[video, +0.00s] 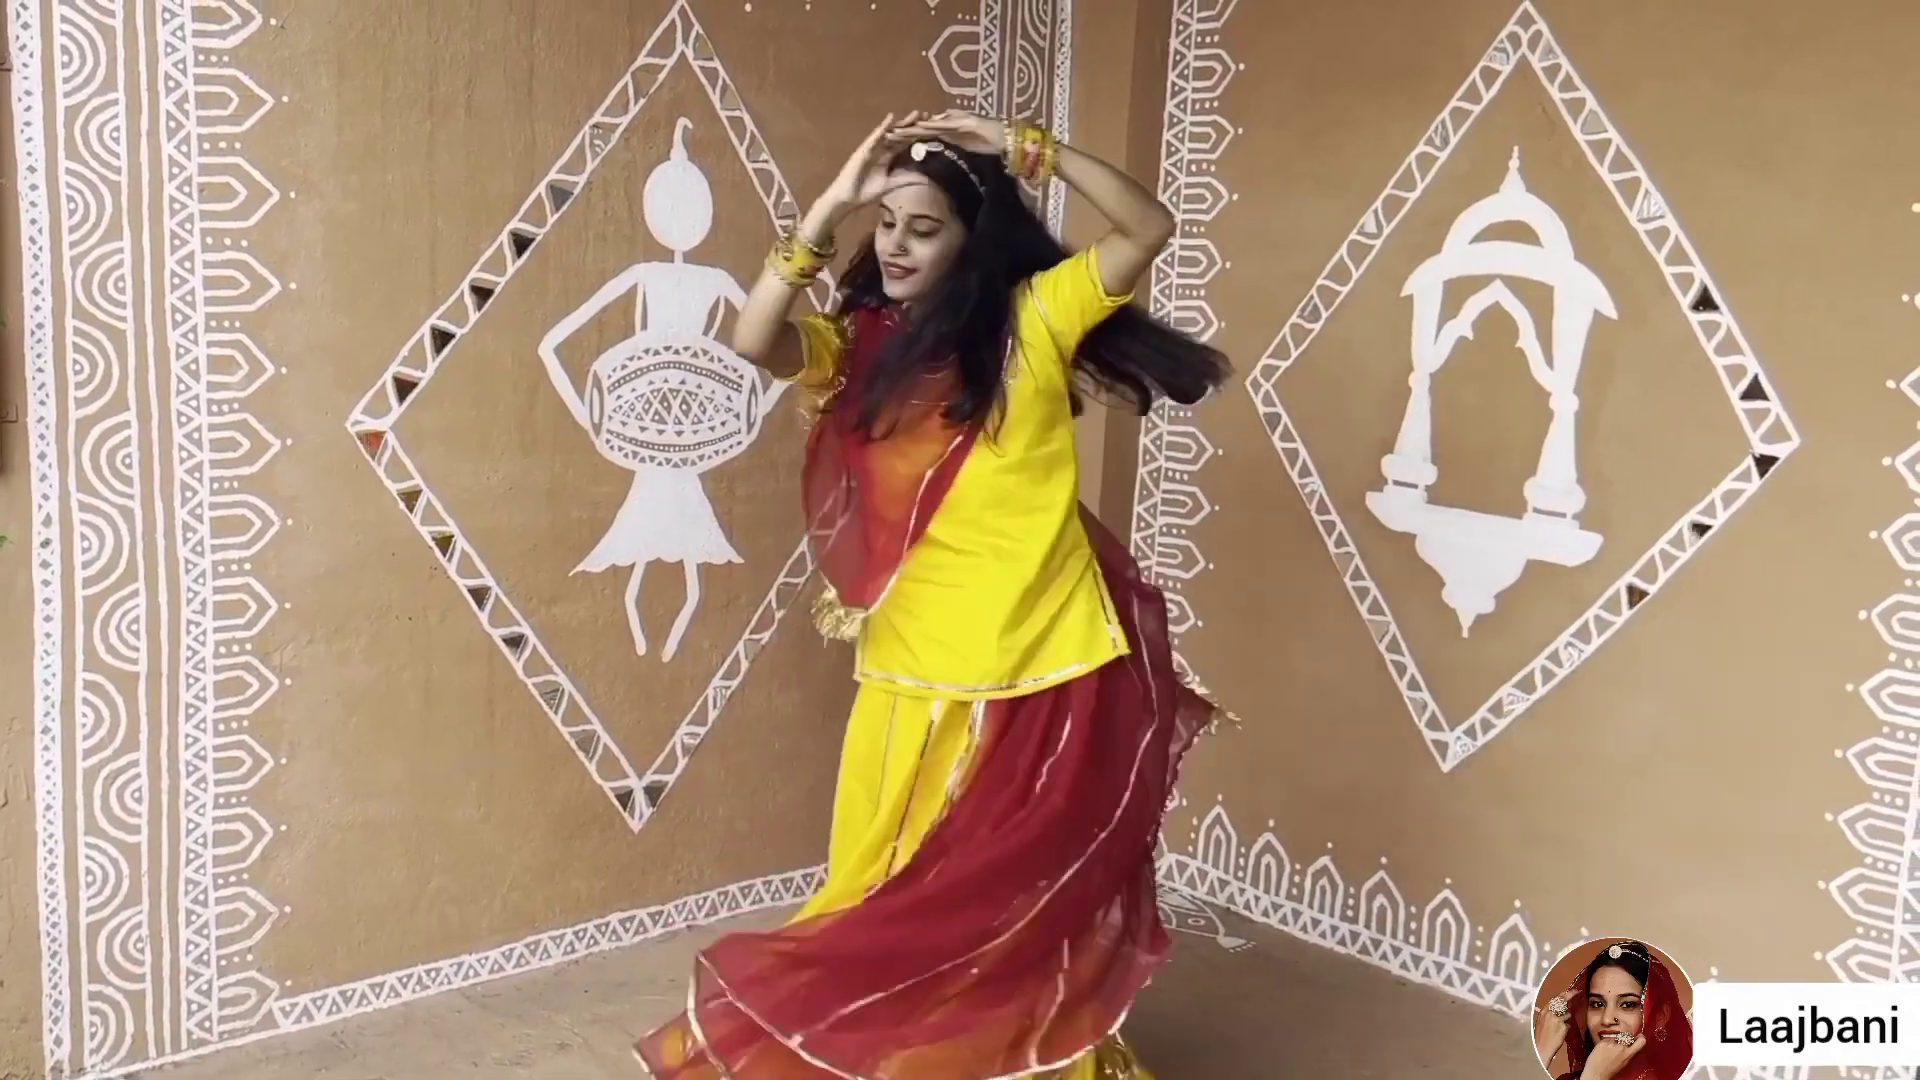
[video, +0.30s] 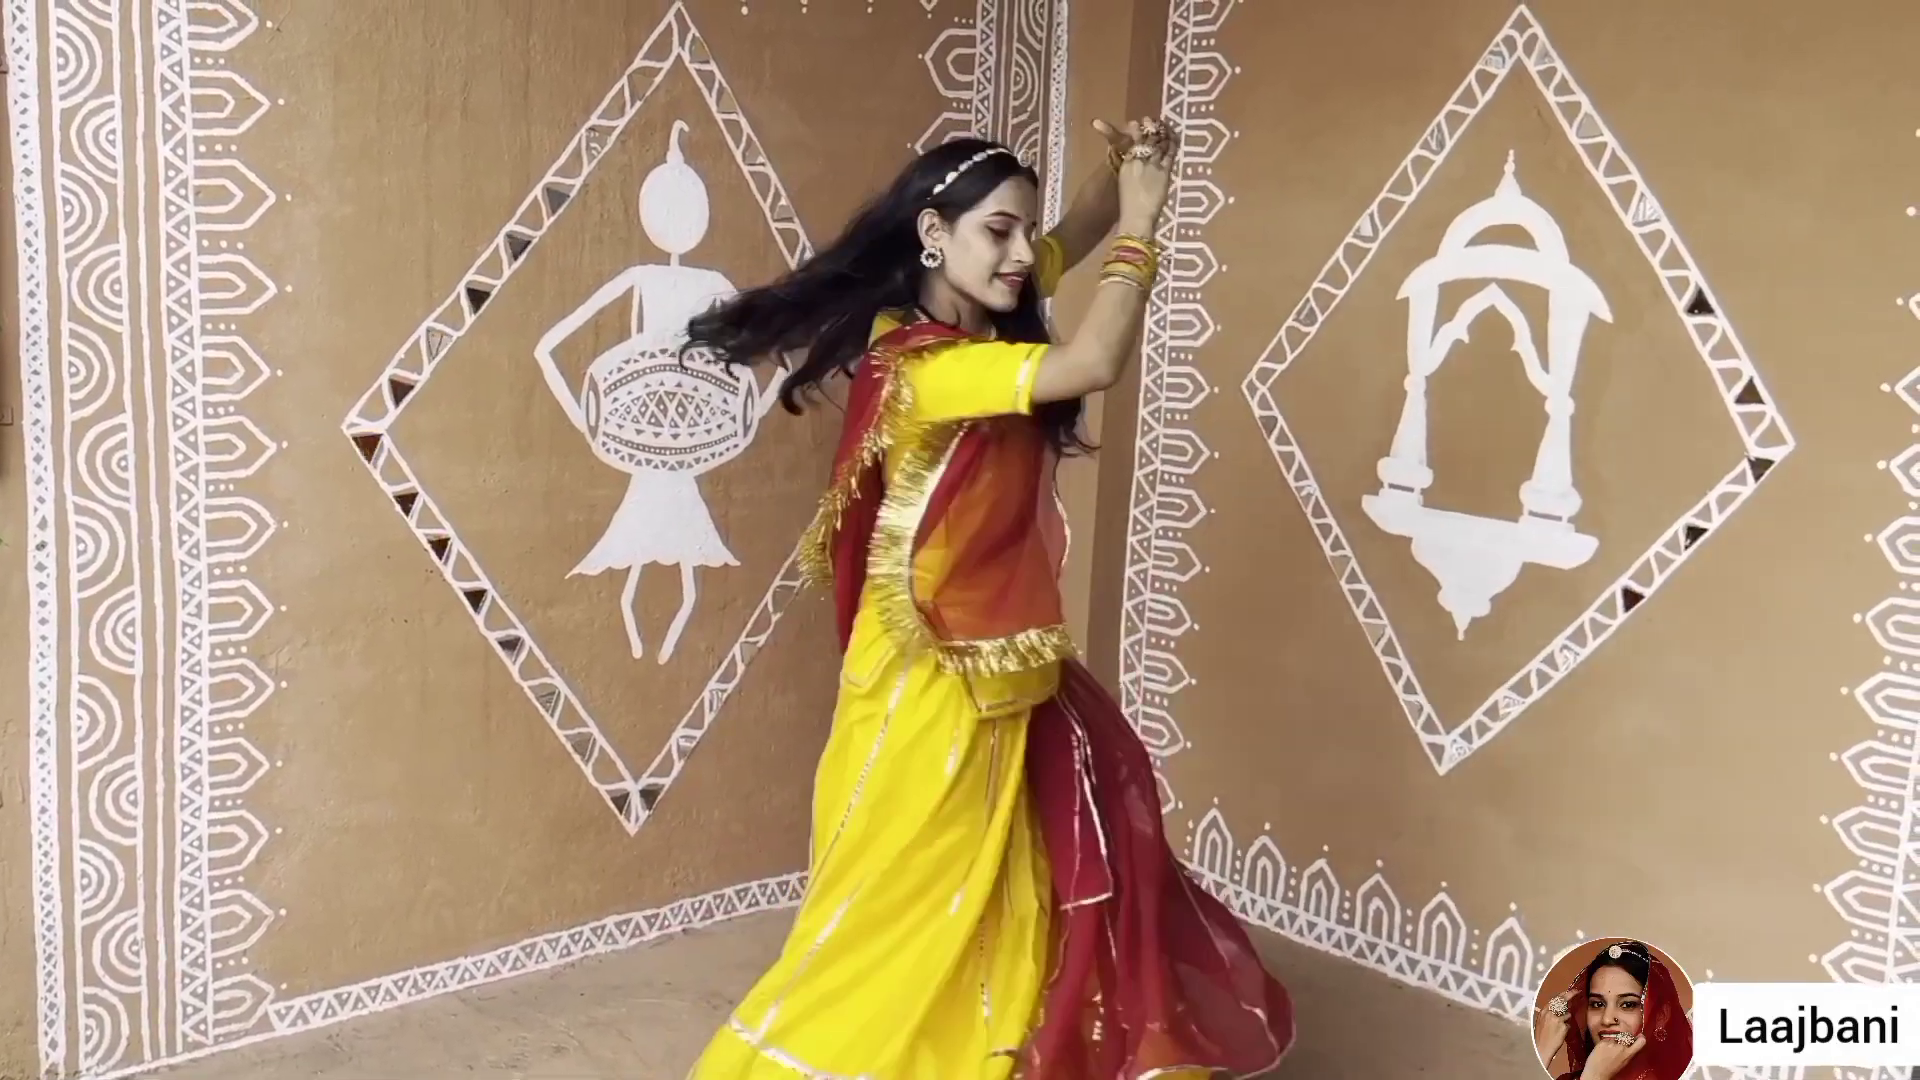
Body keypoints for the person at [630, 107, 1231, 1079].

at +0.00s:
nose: (895, 245)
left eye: (922, 228)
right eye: (885, 223)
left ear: (975, 237)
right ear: (872, 227)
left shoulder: (1032, 323)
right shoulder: (857, 341)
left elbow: (1142, 228)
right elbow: (754, 338)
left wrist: (1020, 143)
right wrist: (834, 205)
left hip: (1045, 662)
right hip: (909, 663)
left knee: (1027, 906)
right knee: (871, 888)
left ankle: (1046, 1061)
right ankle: (870, 1056)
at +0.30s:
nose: (1023, 255)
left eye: (1030, 234)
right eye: (999, 231)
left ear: (1033, 242)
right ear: (934, 238)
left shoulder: (986, 338)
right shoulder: (917, 365)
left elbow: (1059, 243)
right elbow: (1087, 363)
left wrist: (1119, 185)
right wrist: (1140, 225)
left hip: (1008, 674)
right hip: (923, 691)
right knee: (891, 935)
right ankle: (789, 1059)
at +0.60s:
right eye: (1091, 230)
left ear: (961, 233)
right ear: (1075, 252)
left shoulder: (922, 336)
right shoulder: (1093, 377)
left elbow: (835, 233)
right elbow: (1208, 343)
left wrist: (922, 168)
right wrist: (1122, 236)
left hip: (920, 669)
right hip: (1037, 684)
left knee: (902, 883)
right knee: (1044, 891)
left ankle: (882, 1055)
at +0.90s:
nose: (960, 239)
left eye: (971, 222)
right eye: (965, 221)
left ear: (1005, 235)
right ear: (1079, 232)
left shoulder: (995, 328)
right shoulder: (1112, 338)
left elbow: (843, 272)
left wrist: (820, 181)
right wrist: (902, 251)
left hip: (996, 634)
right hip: (1097, 632)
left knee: (965, 858)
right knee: (1100, 859)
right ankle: (1114, 1055)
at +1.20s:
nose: (967, 274)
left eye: (994, 253)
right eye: (954, 249)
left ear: (1049, 255)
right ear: (939, 250)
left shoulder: (1091, 358)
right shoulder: (909, 362)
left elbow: (1200, 370)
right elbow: (755, 369)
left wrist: (1025, 354)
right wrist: (874, 341)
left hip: (1104, 700)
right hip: (966, 706)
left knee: (1103, 957)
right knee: (938, 951)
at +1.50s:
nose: (990, 297)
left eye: (1014, 274)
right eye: (970, 273)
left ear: (1053, 282)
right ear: (942, 280)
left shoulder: (1100, 406)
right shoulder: (894, 406)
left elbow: (1246, 534)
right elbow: (761, 520)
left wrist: (1130, 614)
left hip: (1095, 770)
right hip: (946, 776)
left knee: (1096, 1027)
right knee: (945, 1027)